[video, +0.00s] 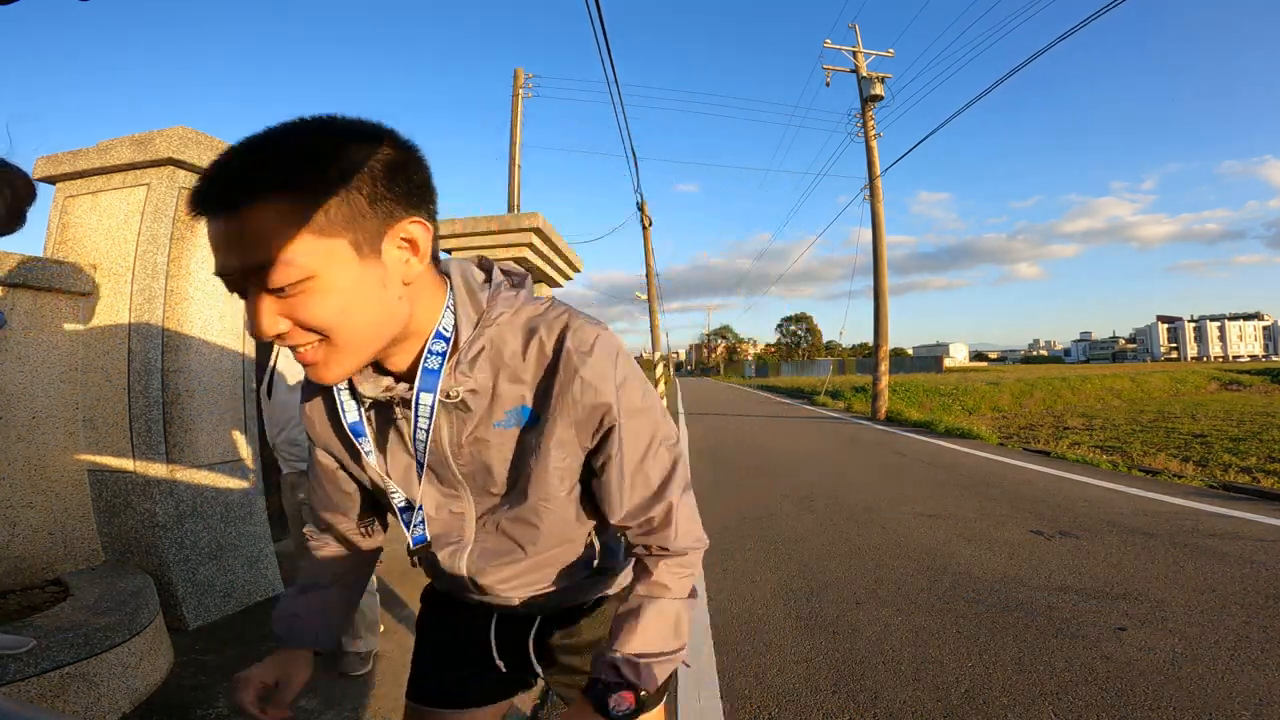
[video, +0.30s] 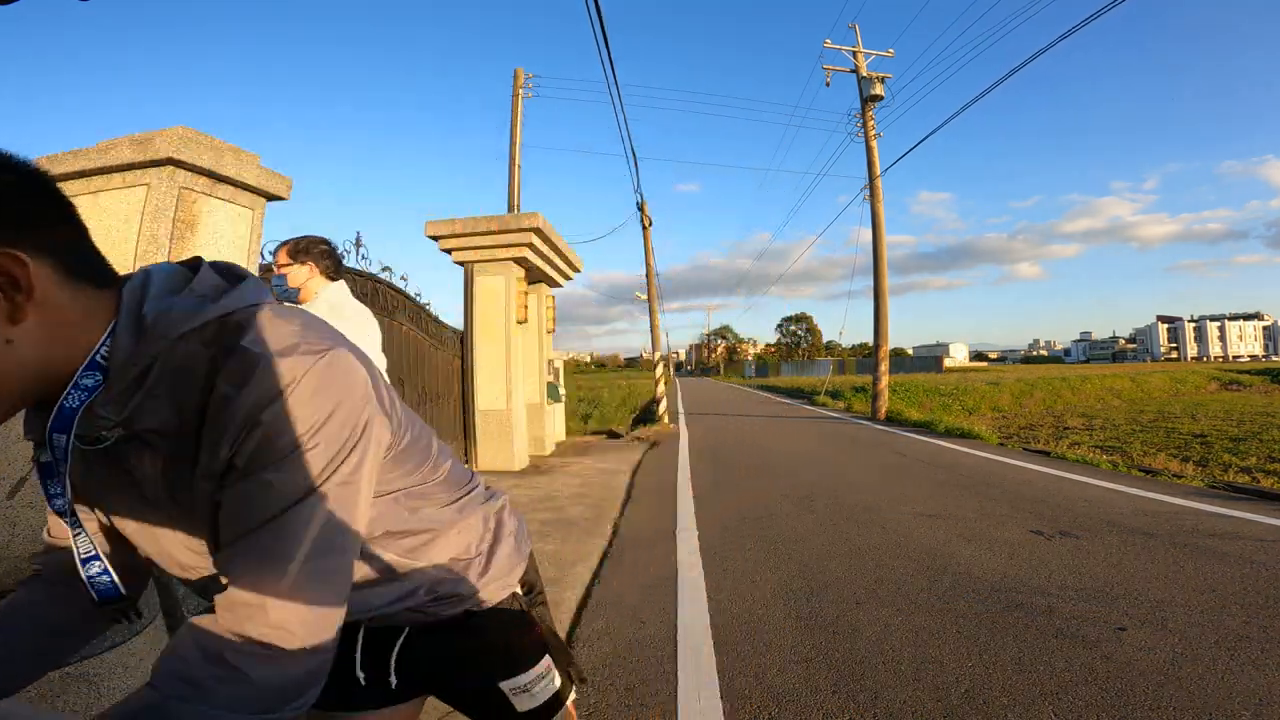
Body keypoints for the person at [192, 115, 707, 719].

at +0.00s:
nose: (262, 327)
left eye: (286, 286)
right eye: (244, 292)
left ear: (407, 253)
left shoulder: (574, 360)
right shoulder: (337, 395)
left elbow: (670, 541)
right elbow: (336, 532)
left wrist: (622, 692)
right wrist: (299, 644)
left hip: (586, 606)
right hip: (461, 609)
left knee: (592, 707)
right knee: (433, 709)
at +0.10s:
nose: (113, 357)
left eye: (132, 313)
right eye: (99, 321)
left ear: (275, 271)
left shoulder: (493, 377)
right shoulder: (246, 399)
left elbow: (570, 597)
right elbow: (257, 556)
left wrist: (457, 715)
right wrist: (154, 673)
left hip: (518, 623)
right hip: (404, 620)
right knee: (389, 711)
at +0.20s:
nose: (5, 373)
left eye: (8, 333)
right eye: (1, 345)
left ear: (122, 286)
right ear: (125, 289)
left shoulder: (375, 377)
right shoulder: (157, 406)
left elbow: (421, 642)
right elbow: (158, 582)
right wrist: (19, 673)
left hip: (501, 601)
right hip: (361, 611)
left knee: (564, 709)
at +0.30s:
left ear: (16, 288)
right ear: (20, 288)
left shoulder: (278, 361)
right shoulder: (77, 412)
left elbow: (268, 647)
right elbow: (93, 574)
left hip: (464, 601)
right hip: (323, 624)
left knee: (543, 705)